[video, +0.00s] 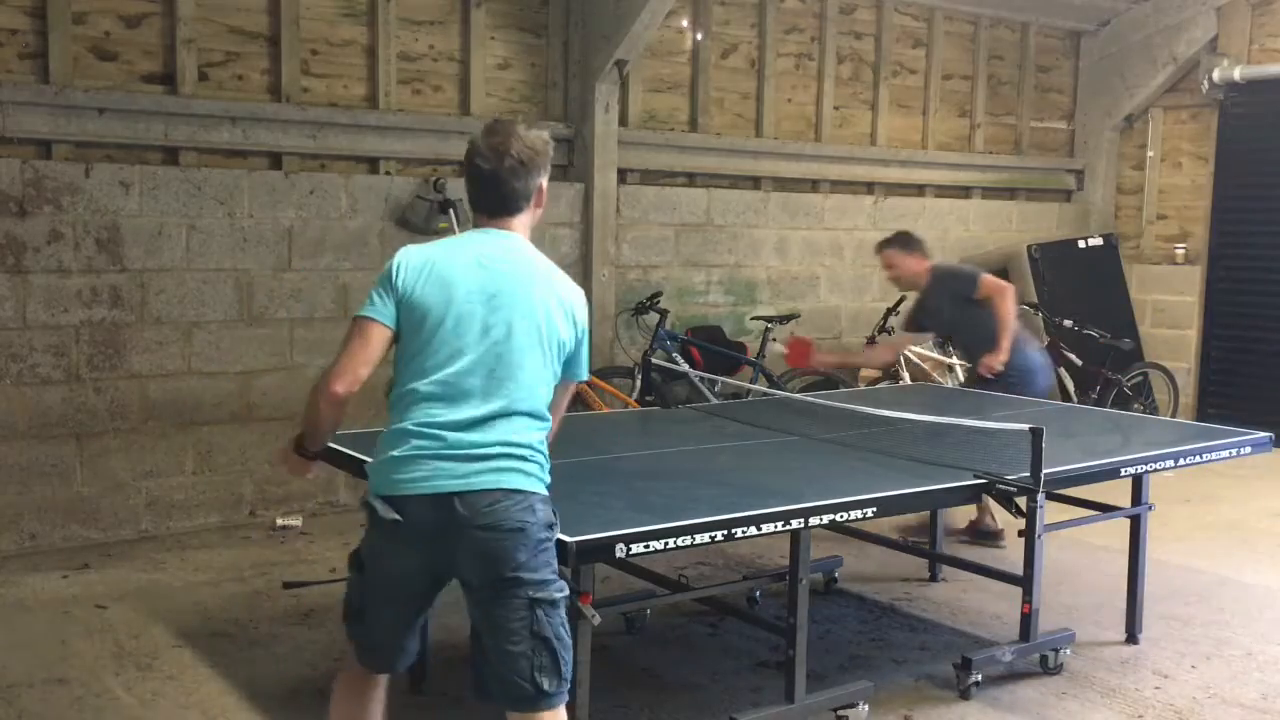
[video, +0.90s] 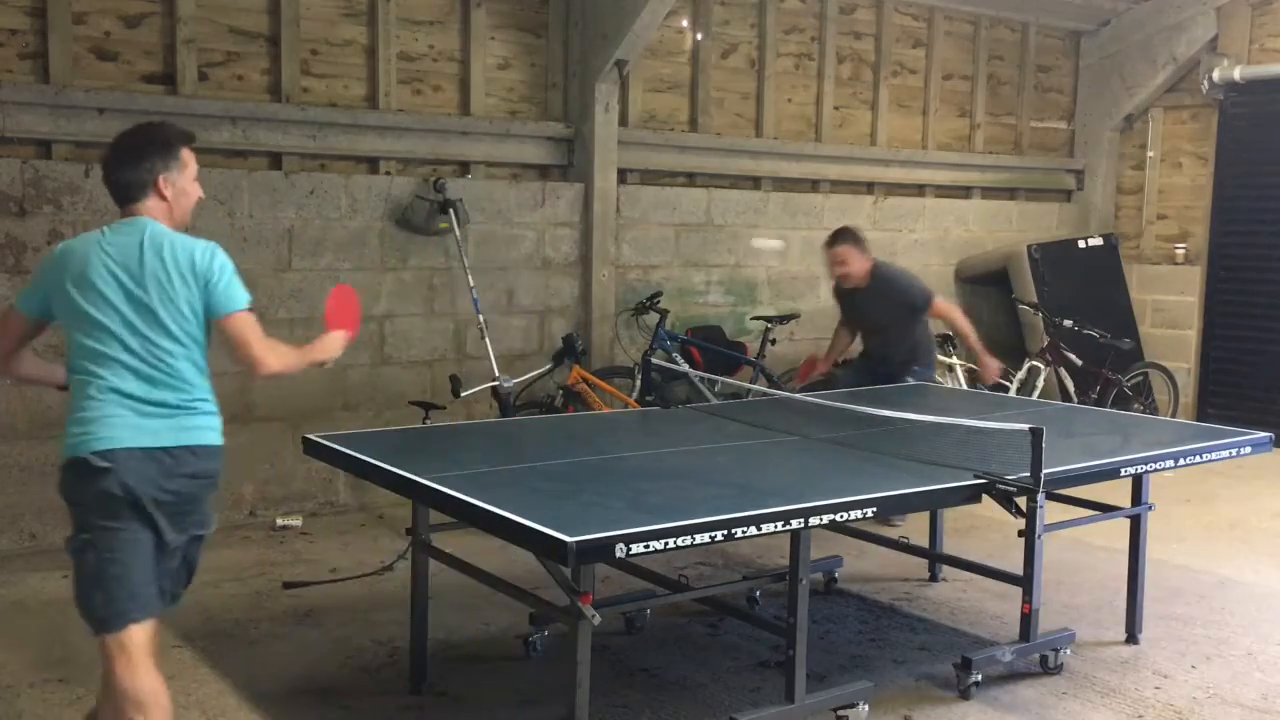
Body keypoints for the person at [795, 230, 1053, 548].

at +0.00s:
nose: (888, 276)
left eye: (891, 267)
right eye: (885, 269)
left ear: (916, 258)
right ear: (905, 263)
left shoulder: (946, 276)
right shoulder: (925, 306)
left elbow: (1004, 291)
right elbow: (889, 354)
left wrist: (1001, 349)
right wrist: (824, 360)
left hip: (1022, 371)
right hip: (998, 375)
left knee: (952, 432)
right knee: (965, 434)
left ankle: (935, 520)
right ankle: (985, 518)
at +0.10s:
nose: (854, 275)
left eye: (857, 265)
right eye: (850, 268)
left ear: (880, 256)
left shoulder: (909, 275)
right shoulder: (889, 300)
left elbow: (961, 293)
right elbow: (853, 343)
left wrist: (958, 352)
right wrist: (798, 354)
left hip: (977, 365)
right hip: (948, 371)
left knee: (970, 435)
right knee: (944, 435)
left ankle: (973, 506)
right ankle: (972, 506)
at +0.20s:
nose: (828, 276)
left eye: (833, 266)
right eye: (825, 270)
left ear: (857, 259)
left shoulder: (878, 279)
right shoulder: (863, 299)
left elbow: (913, 311)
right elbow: (848, 348)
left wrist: (902, 367)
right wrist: (799, 372)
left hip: (933, 384)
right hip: (909, 385)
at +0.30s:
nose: (804, 279)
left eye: (809, 270)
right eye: (800, 274)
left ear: (832, 262)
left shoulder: (853, 280)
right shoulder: (839, 307)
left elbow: (874, 317)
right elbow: (840, 357)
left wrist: (844, 364)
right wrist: (811, 384)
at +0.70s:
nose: (769, 301)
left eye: (773, 291)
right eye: (765, 295)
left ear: (795, 281)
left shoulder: (822, 297)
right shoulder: (803, 310)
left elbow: (881, 326)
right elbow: (832, 348)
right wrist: (820, 383)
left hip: (884, 374)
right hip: (851, 375)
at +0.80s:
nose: (794, 290)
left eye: (798, 281)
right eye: (791, 284)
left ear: (819, 272)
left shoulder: (852, 293)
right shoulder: (815, 307)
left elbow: (908, 320)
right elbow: (829, 347)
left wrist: (938, 362)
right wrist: (815, 384)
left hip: (895, 374)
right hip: (856, 377)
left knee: (892, 439)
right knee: (852, 437)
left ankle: (893, 505)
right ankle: (857, 501)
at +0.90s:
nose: (837, 271)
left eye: (843, 262)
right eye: (833, 264)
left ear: (864, 257)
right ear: (830, 264)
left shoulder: (895, 282)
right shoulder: (843, 289)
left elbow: (951, 312)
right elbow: (849, 325)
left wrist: (984, 358)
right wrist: (827, 361)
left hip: (912, 368)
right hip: (872, 366)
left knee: (901, 434)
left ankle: (896, 504)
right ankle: (852, 495)